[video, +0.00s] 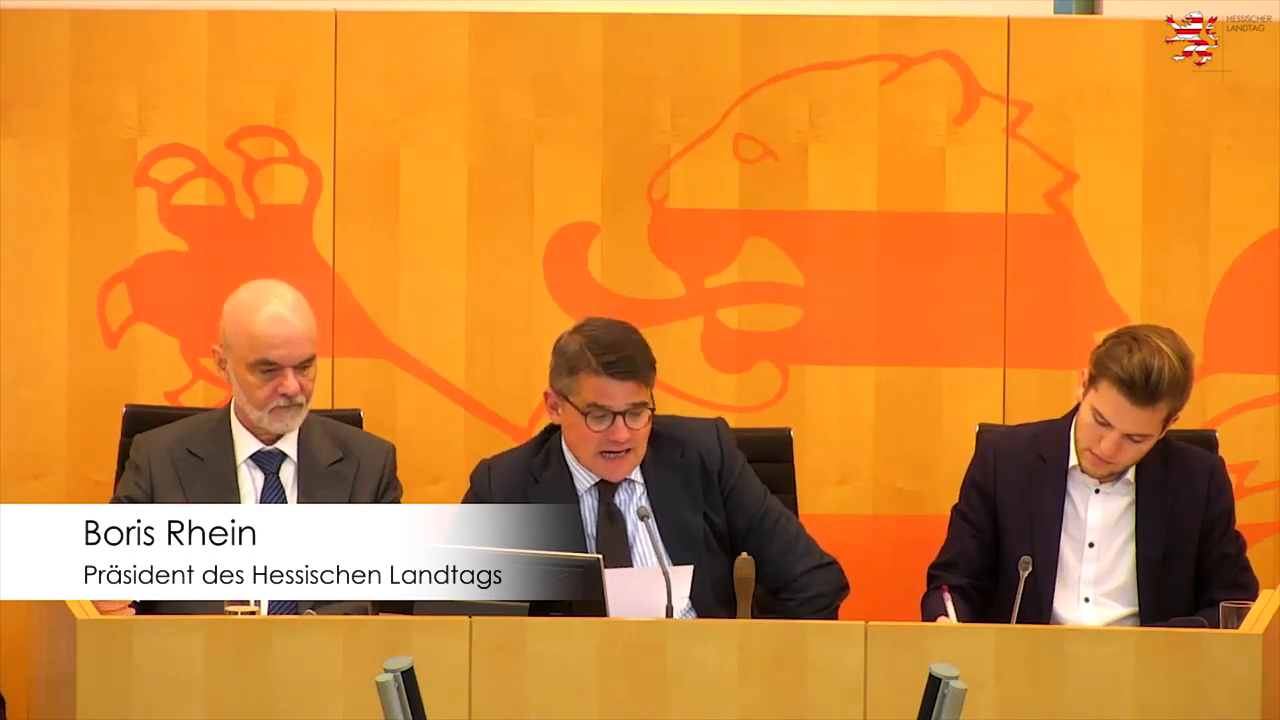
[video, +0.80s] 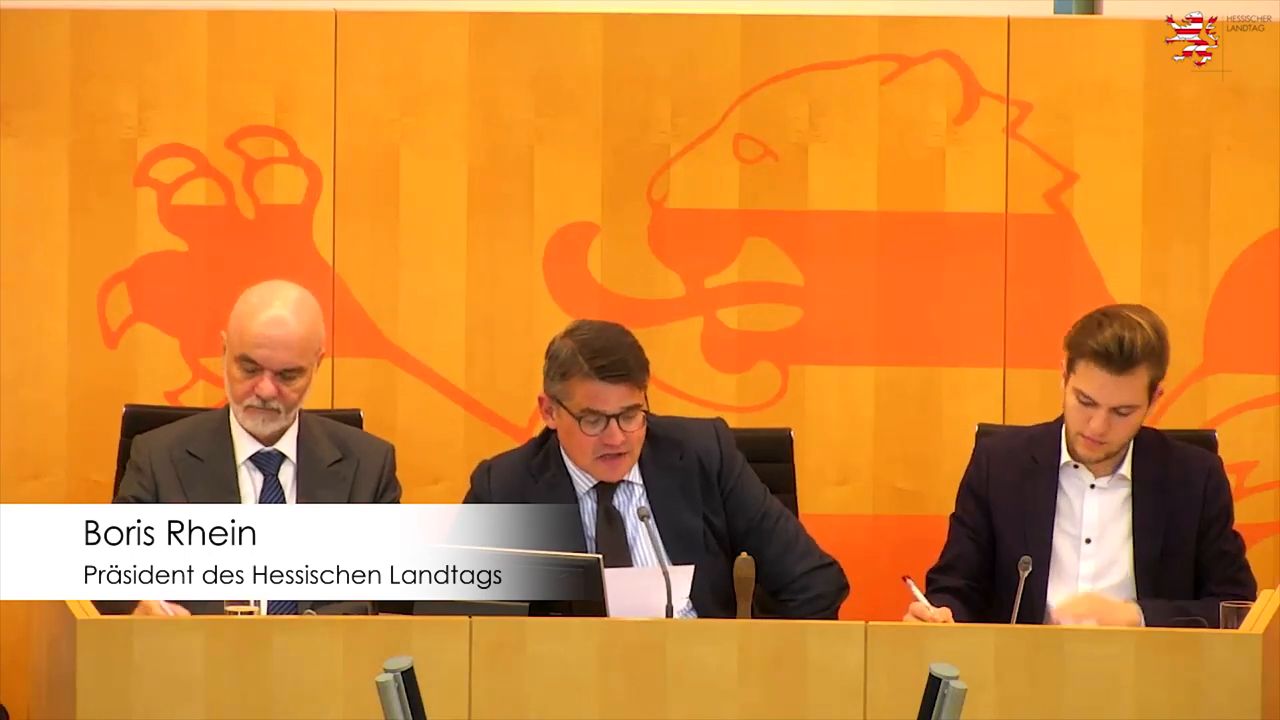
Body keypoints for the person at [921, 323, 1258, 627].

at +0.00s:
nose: (1108, 447)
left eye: (1134, 438)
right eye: (1100, 420)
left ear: (1167, 424)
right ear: (1083, 383)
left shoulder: (1200, 478)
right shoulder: (1003, 457)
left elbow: (1237, 601)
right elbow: (953, 583)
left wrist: (1168, 644)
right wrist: (952, 634)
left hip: (1151, 680)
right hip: (1025, 672)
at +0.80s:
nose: (1097, 427)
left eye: (1121, 411)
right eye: (1085, 401)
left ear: (1153, 400)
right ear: (1066, 378)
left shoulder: (1196, 477)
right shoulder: (999, 459)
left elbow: (1240, 608)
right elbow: (955, 585)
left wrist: (1138, 616)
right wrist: (939, 616)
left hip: (1148, 685)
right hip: (1021, 677)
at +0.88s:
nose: (1095, 425)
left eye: (1119, 408)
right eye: (1082, 400)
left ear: (1149, 395)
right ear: (1062, 377)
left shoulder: (1195, 477)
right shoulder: (998, 460)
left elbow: (1240, 610)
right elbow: (956, 587)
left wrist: (1137, 596)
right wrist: (939, 615)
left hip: (1150, 686)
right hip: (1022, 679)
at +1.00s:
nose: (1095, 422)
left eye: (1117, 404)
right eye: (1079, 400)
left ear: (1146, 389)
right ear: (1055, 381)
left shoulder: (1191, 473)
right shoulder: (997, 459)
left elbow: (1225, 606)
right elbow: (956, 587)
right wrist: (941, 617)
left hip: (1150, 680)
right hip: (1022, 674)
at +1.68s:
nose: (1113, 410)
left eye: (1129, 386)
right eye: (1091, 391)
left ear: (1146, 377)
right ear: (1056, 387)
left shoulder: (1205, 474)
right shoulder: (1008, 463)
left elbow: (1233, 606)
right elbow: (967, 586)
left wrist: (1122, 559)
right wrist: (940, 617)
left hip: (1154, 677)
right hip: (1027, 673)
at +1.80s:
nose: (1115, 406)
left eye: (1129, 382)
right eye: (1092, 387)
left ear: (1145, 374)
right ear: (1055, 387)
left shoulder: (1205, 472)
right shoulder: (1009, 464)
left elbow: (1245, 606)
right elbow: (968, 587)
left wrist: (1144, 598)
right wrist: (943, 614)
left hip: (1158, 685)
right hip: (1029, 680)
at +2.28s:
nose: (1100, 389)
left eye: (1118, 370)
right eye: (1081, 370)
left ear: (1146, 374)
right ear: (1056, 375)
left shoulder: (1199, 469)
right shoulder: (1003, 460)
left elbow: (1240, 601)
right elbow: (956, 583)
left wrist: (1175, 641)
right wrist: (945, 616)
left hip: (1159, 672)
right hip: (1030, 667)